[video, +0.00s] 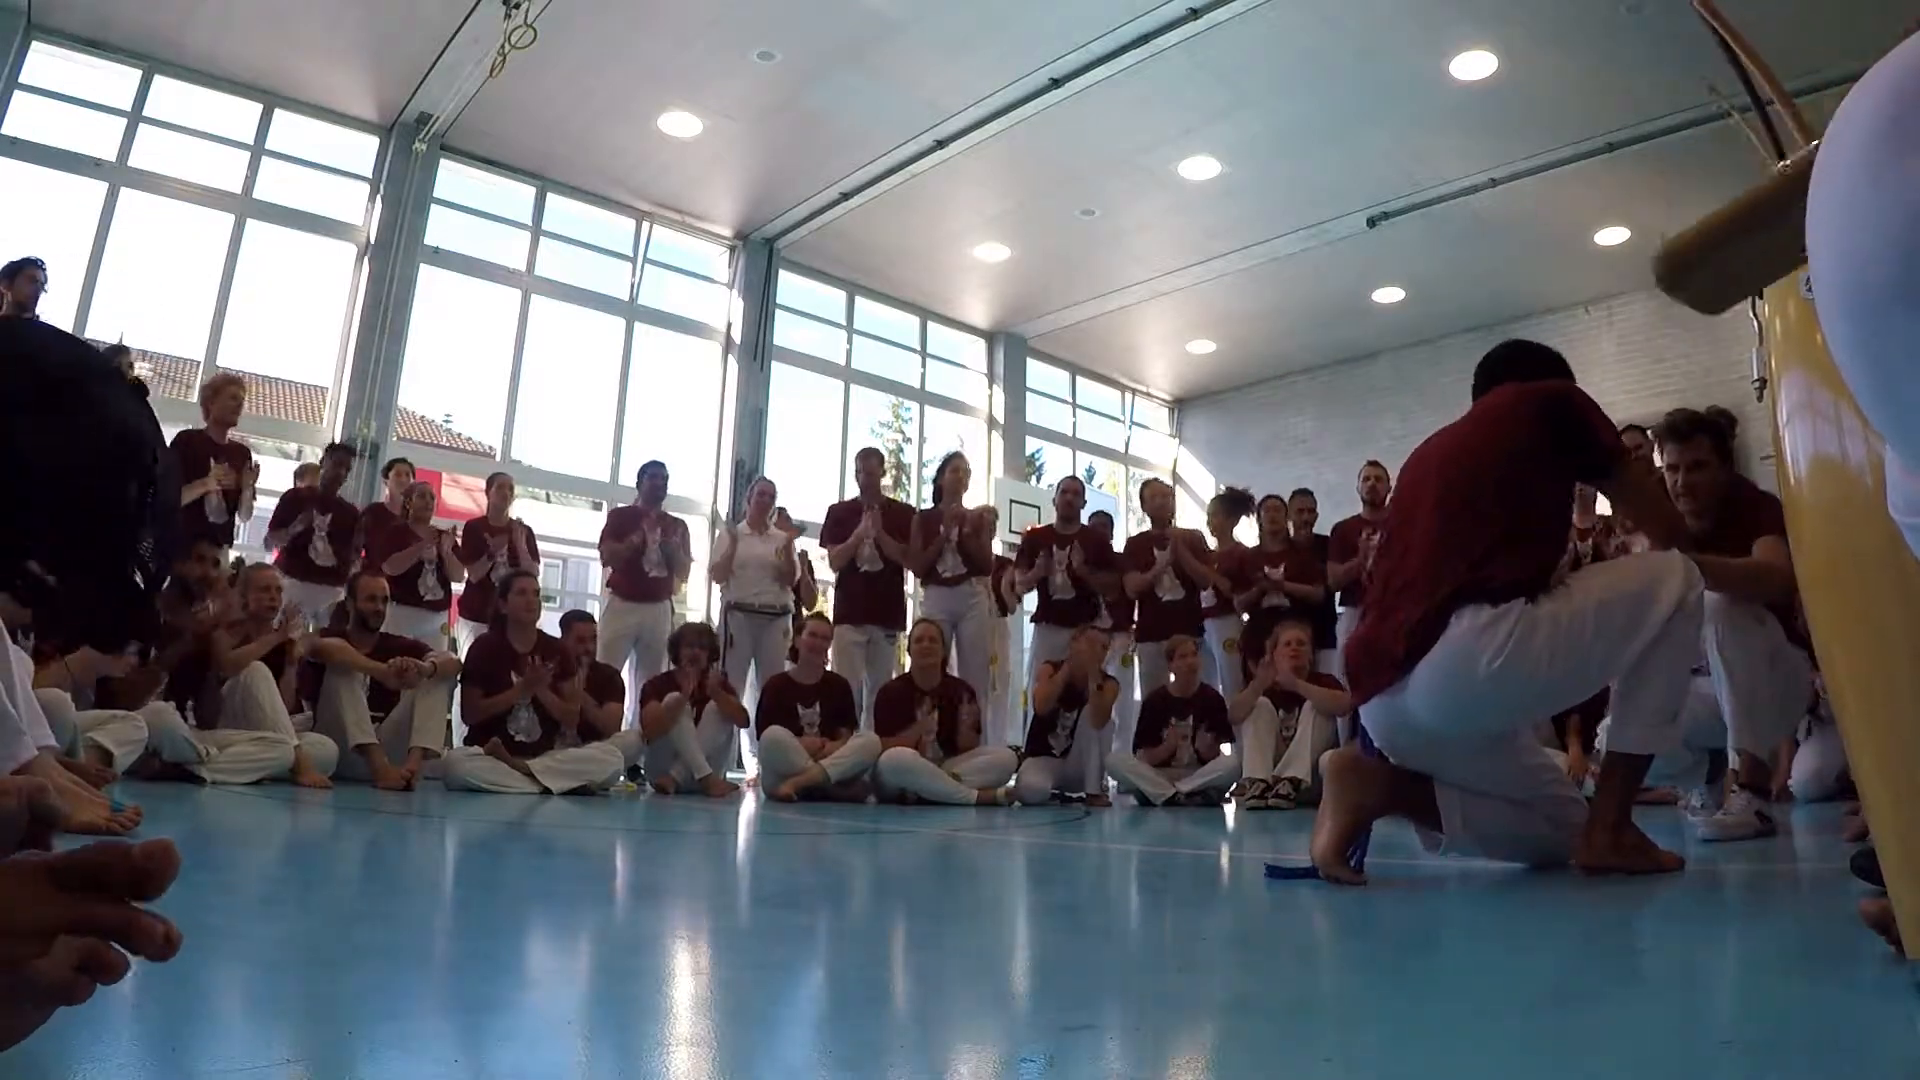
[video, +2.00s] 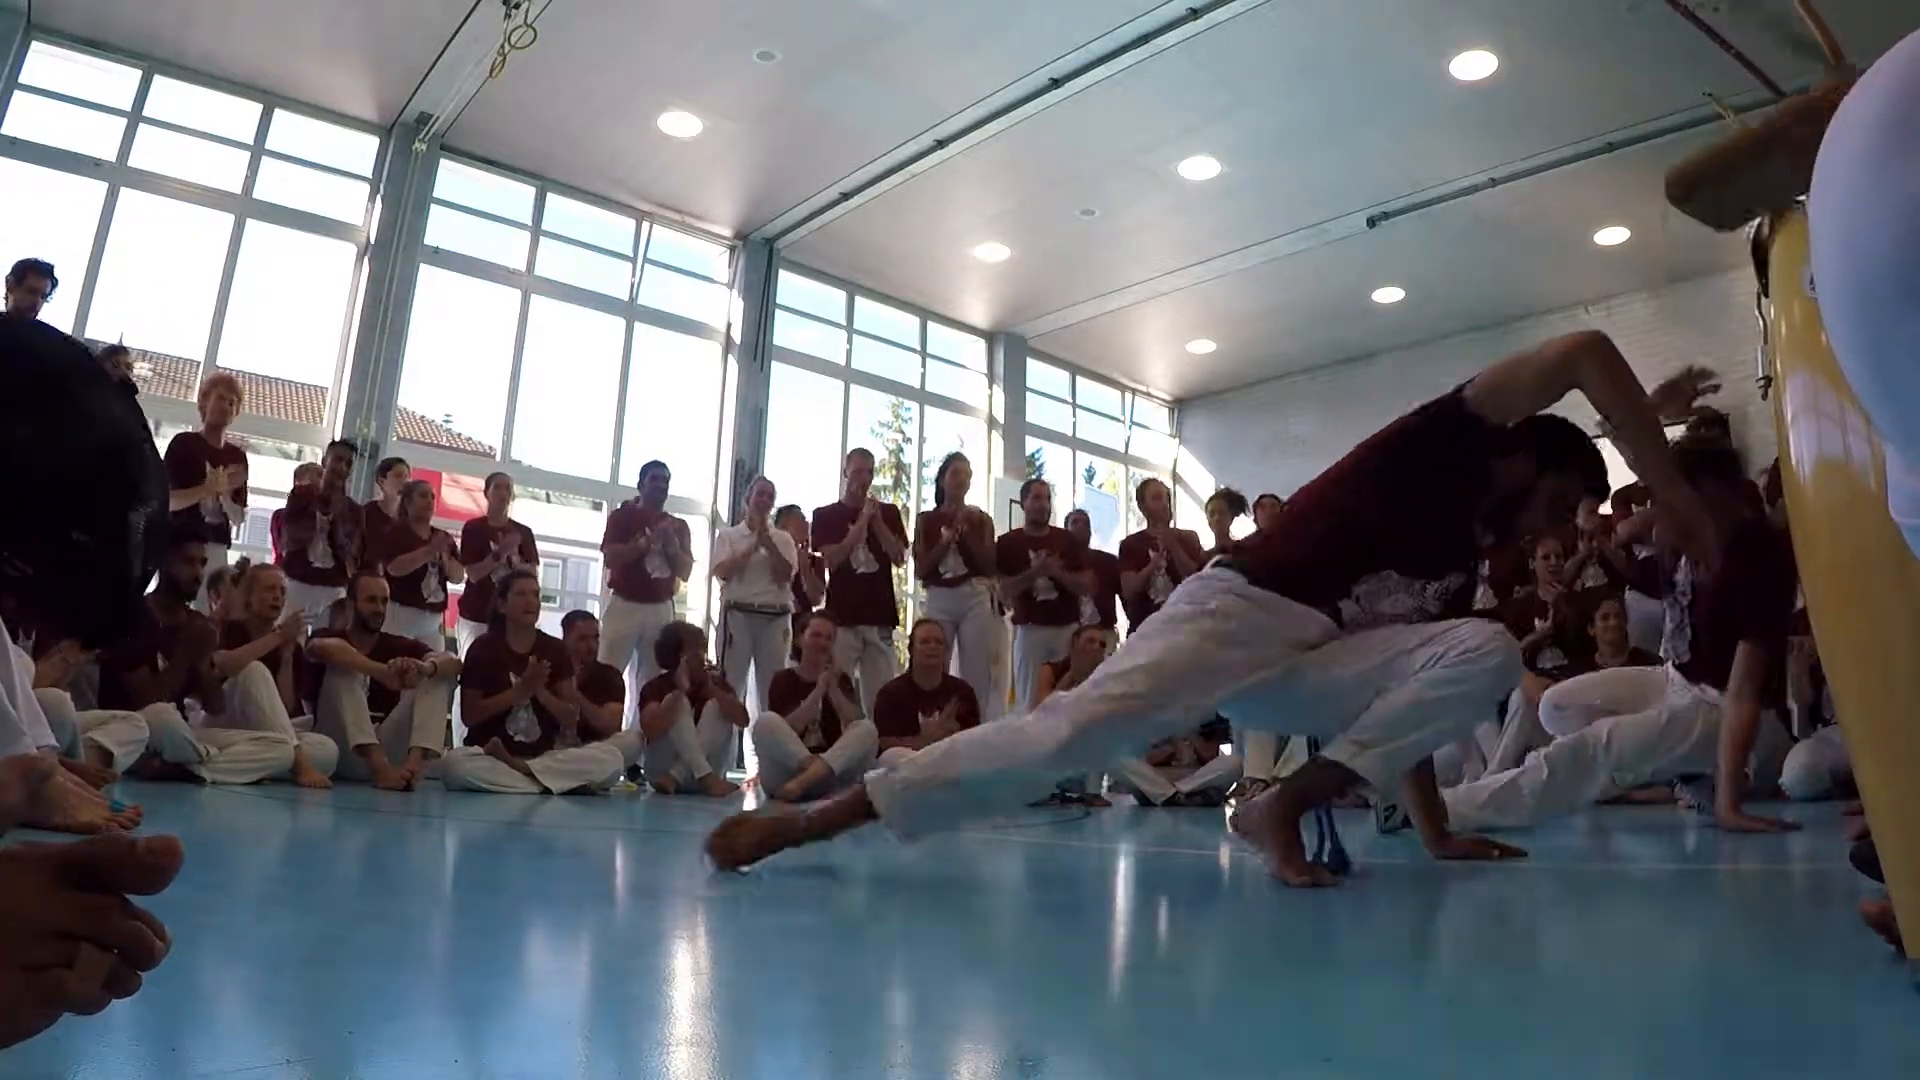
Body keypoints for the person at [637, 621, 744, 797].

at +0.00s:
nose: (695, 652)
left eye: (702, 648)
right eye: (689, 646)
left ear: (711, 654)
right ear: (676, 652)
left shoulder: (718, 682)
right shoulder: (656, 684)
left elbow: (743, 721)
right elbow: (650, 731)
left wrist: (716, 693)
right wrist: (683, 696)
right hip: (664, 771)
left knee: (719, 706)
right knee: (674, 701)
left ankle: (674, 777)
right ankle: (707, 778)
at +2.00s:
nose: (702, 655)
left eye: (703, 648)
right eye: (695, 649)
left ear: (706, 649)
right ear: (678, 655)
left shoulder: (716, 682)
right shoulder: (654, 687)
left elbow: (743, 720)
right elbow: (650, 730)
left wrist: (711, 690)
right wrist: (680, 691)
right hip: (664, 771)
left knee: (716, 706)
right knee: (676, 700)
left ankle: (675, 776)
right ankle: (707, 776)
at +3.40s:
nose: (694, 651)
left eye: (696, 644)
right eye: (684, 647)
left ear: (701, 648)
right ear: (670, 654)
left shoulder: (715, 679)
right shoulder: (654, 686)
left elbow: (743, 721)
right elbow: (652, 729)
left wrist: (716, 692)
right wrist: (679, 692)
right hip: (663, 772)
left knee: (716, 706)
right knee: (679, 701)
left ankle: (675, 776)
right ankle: (707, 777)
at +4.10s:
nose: (687, 651)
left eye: (689, 643)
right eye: (677, 648)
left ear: (695, 646)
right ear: (663, 656)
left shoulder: (715, 679)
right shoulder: (653, 687)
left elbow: (742, 717)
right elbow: (653, 728)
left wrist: (711, 692)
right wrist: (690, 695)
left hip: (708, 770)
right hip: (664, 772)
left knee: (719, 704)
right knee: (676, 700)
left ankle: (675, 776)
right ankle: (706, 776)